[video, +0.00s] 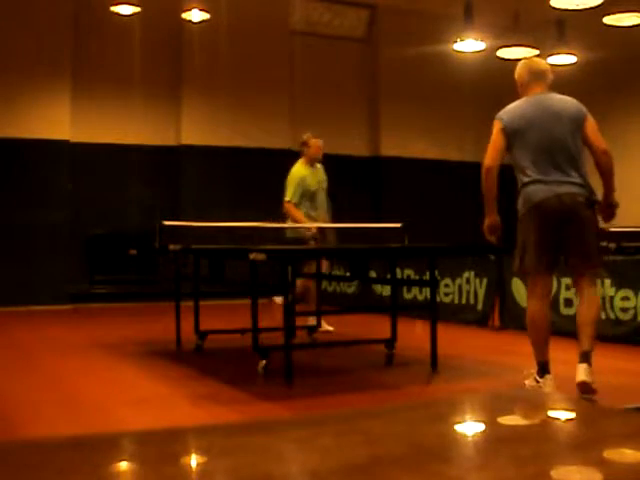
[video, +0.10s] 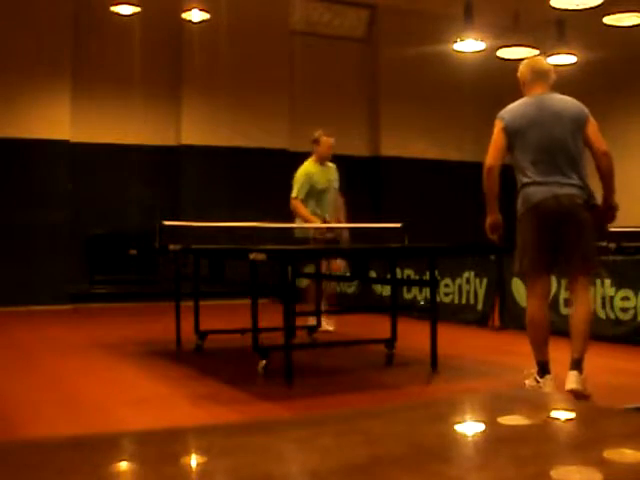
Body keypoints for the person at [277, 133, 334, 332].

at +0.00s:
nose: (320, 152)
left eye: (320, 148)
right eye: (316, 148)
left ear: (319, 150)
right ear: (306, 149)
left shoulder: (319, 168)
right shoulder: (297, 172)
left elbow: (320, 198)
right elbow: (288, 204)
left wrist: (325, 221)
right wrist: (307, 224)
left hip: (319, 227)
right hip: (301, 229)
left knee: (314, 271)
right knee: (311, 271)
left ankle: (286, 297)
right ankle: (313, 315)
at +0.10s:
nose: (330, 151)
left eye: (331, 147)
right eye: (327, 147)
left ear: (331, 149)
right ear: (316, 147)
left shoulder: (332, 169)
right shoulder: (305, 171)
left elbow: (335, 196)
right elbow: (294, 201)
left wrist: (341, 220)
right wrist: (314, 221)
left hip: (328, 229)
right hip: (308, 230)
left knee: (327, 271)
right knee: (311, 273)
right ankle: (312, 314)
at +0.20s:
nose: (343, 153)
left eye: (344, 148)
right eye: (339, 148)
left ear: (344, 149)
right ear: (328, 147)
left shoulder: (345, 171)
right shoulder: (315, 170)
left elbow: (353, 201)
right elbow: (303, 200)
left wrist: (358, 227)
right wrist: (319, 220)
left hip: (341, 231)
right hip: (318, 232)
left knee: (348, 270)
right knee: (317, 273)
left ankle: (351, 310)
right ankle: (314, 315)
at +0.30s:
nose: (358, 157)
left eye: (359, 153)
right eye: (355, 152)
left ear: (359, 154)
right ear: (343, 151)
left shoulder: (360, 175)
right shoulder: (328, 172)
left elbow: (369, 204)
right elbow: (312, 201)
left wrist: (375, 229)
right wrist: (325, 223)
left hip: (351, 232)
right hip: (328, 232)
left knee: (364, 270)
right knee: (323, 274)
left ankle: (376, 312)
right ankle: (316, 316)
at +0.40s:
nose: (375, 166)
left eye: (377, 163)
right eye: (373, 161)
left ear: (378, 163)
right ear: (362, 158)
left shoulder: (377, 183)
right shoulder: (343, 177)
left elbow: (386, 211)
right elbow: (325, 203)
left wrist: (392, 233)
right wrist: (330, 226)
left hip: (363, 240)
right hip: (339, 238)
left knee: (377, 274)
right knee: (331, 279)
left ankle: (395, 315)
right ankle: (320, 317)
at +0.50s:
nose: (396, 180)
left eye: (398, 176)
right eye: (394, 175)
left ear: (398, 176)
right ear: (383, 169)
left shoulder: (396, 194)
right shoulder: (362, 185)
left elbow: (406, 226)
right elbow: (338, 211)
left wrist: (409, 253)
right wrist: (340, 239)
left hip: (376, 247)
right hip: (351, 246)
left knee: (397, 279)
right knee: (340, 282)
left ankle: (403, 322)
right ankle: (318, 318)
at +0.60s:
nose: (419, 191)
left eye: (421, 187)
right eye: (417, 186)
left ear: (421, 188)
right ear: (407, 182)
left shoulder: (414, 208)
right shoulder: (382, 192)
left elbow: (419, 238)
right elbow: (349, 214)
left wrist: (422, 259)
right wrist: (346, 235)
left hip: (386, 246)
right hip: (360, 243)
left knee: (404, 276)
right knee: (350, 286)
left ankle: (405, 322)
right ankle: (322, 313)